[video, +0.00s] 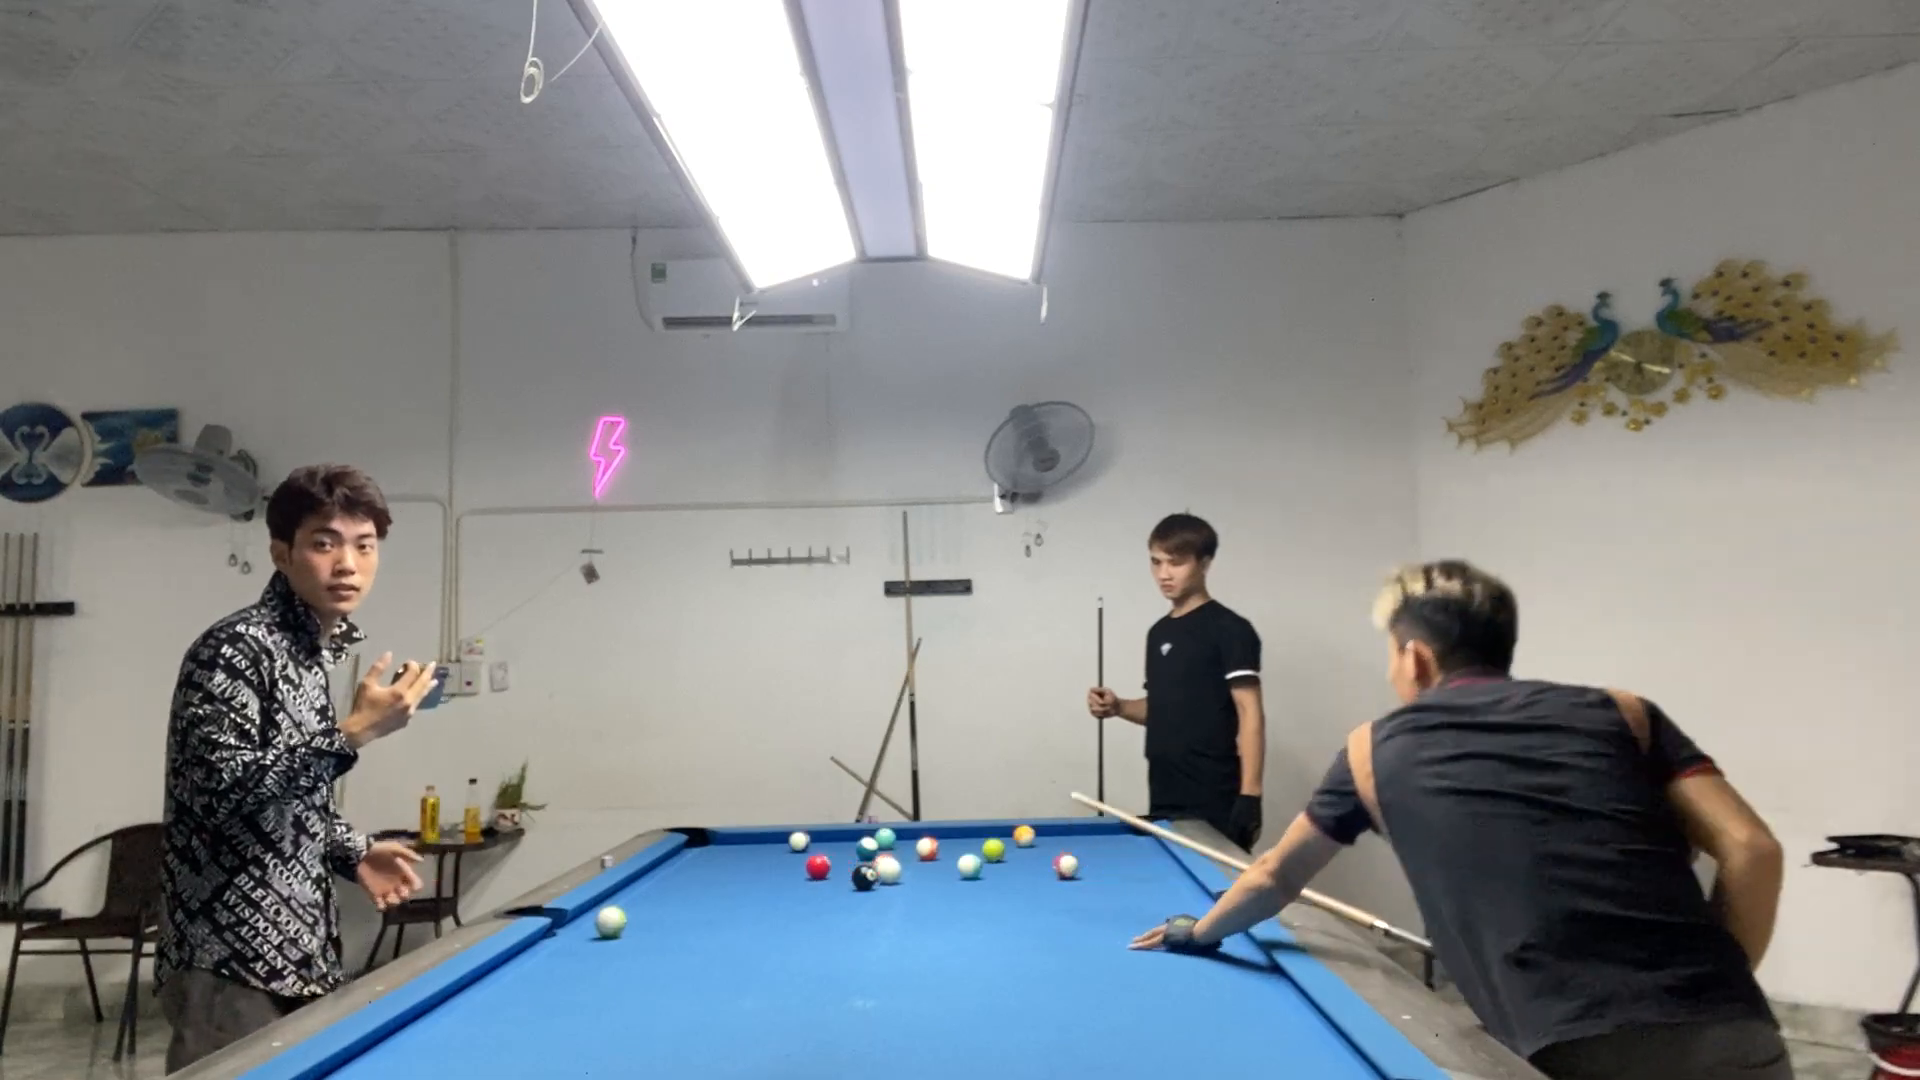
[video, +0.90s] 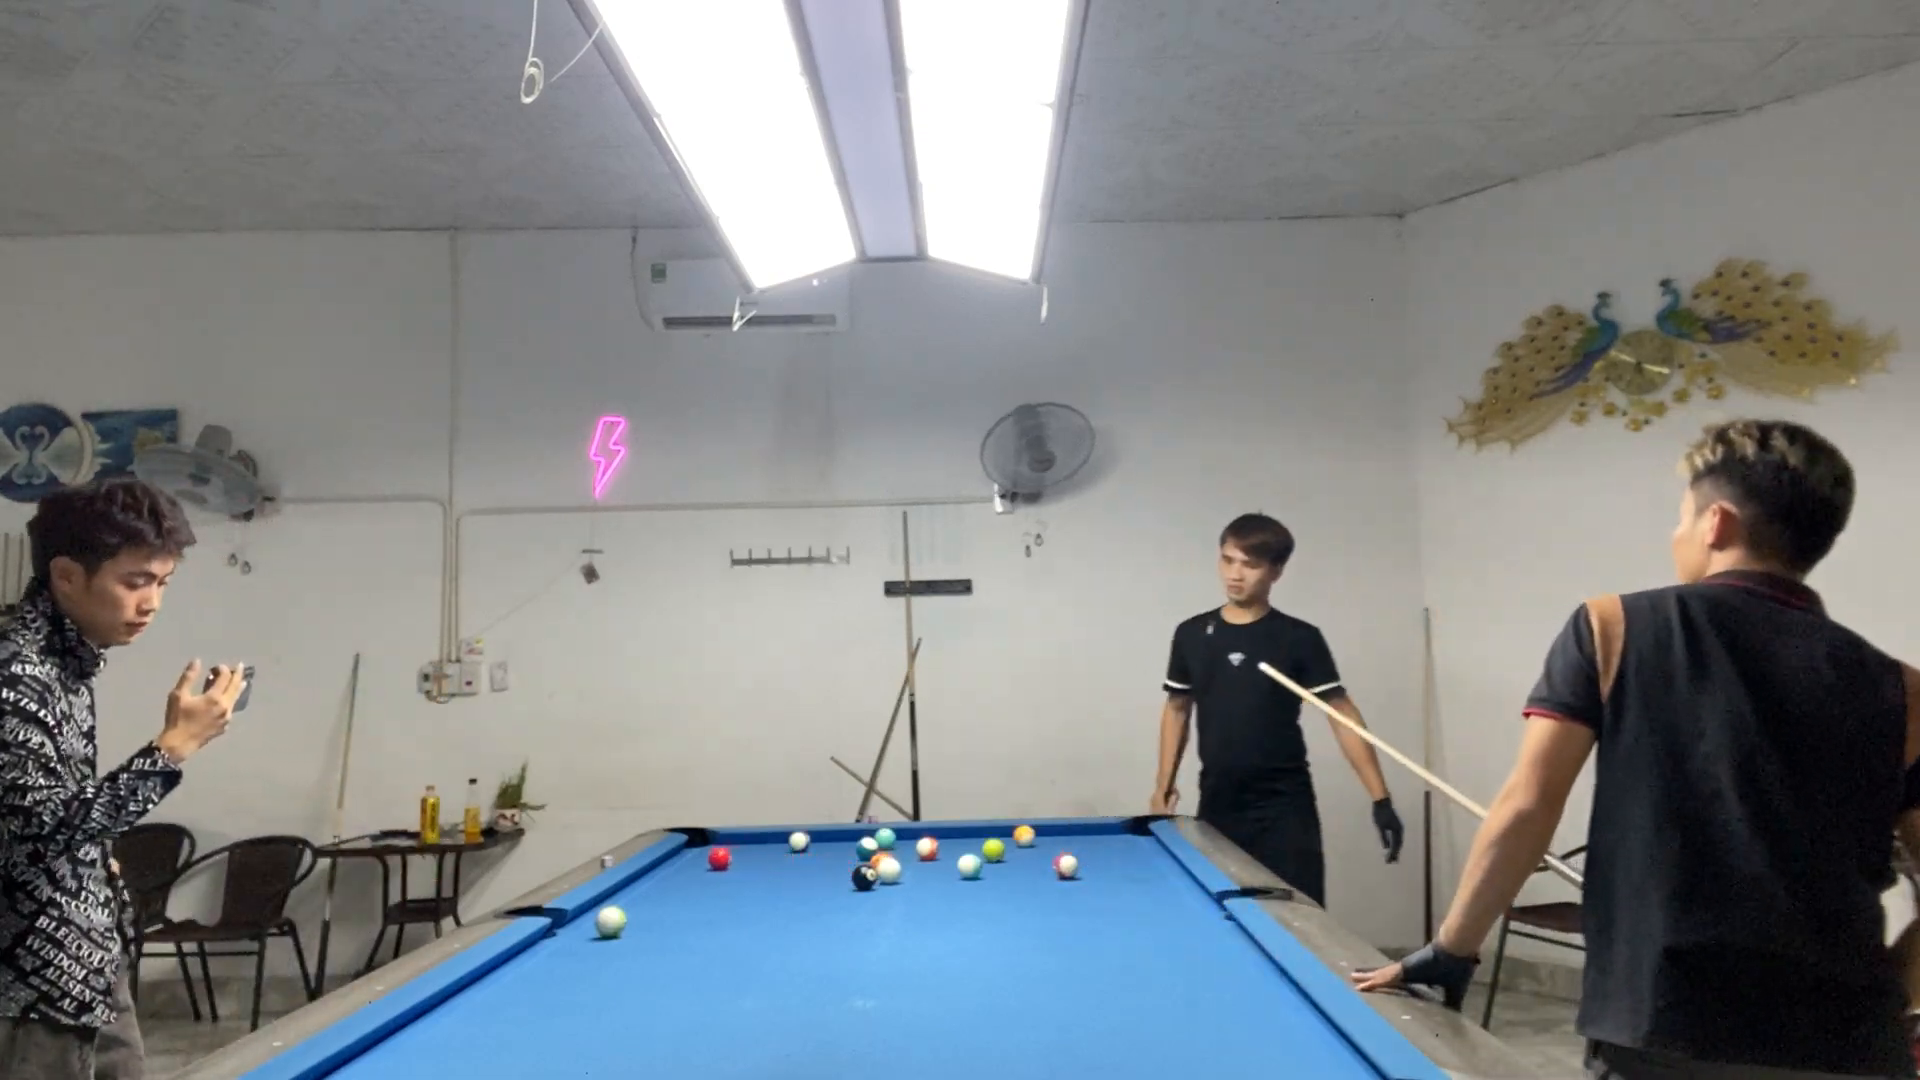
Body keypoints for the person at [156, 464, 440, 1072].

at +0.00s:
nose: (347, 564)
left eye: (363, 545)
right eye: (324, 543)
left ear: (376, 555)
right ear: (282, 554)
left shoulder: (308, 659)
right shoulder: (231, 651)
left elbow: (294, 797)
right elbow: (220, 786)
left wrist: (355, 854)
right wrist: (352, 731)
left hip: (303, 954)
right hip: (229, 962)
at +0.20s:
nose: (299, 563)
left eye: (314, 543)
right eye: (275, 542)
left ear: (329, 554)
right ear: (230, 554)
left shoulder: (267, 664)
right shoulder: (187, 657)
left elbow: (251, 820)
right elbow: (188, 796)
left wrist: (297, 897)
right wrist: (321, 728)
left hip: (279, 965)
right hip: (199, 973)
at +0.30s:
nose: (270, 567)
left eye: (285, 547)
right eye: (245, 546)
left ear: (299, 557)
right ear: (199, 559)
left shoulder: (236, 669)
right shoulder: (156, 662)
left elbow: (239, 844)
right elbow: (163, 801)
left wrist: (277, 963)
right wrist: (296, 730)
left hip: (248, 975)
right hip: (171, 983)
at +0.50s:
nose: (226, 587)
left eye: (237, 566)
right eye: (201, 564)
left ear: (246, 571)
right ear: (140, 572)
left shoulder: (163, 681)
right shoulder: (86, 676)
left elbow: (163, 857)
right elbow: (102, 826)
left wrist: (200, 981)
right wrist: (240, 744)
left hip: (177, 990)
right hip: (93, 1001)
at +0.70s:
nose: (183, 602)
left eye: (193, 583)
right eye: (165, 580)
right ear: (96, 575)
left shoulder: (101, 675)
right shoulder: (35, 681)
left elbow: (97, 840)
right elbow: (75, 838)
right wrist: (200, 747)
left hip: (132, 980)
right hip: (49, 999)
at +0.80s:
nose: (165, 604)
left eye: (174, 583)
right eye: (148, 582)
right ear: (81, 576)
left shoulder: (80, 668)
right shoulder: (23, 679)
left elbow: (79, 834)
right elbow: (62, 832)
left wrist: (122, 930)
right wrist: (185, 746)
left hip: (115, 970)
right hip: (40, 991)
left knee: (144, 1068)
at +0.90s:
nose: (152, 603)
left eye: (160, 583)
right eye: (135, 582)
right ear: (68, 576)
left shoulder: (68, 660)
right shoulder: (15, 674)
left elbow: (64, 816)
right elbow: (50, 831)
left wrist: (101, 866)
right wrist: (174, 746)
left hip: (97, 968)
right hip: (33, 987)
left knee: (124, 1068)